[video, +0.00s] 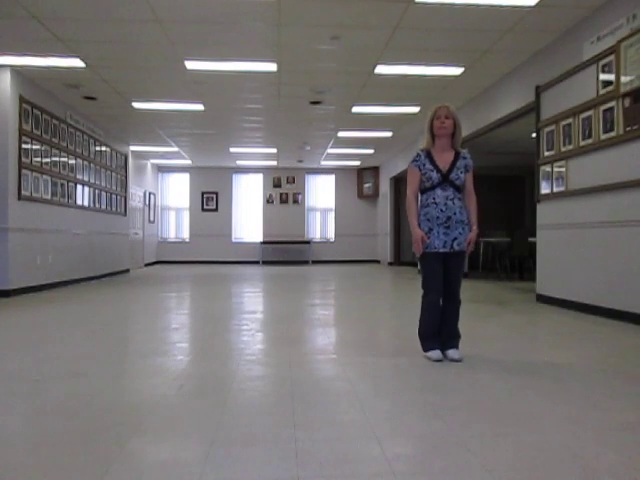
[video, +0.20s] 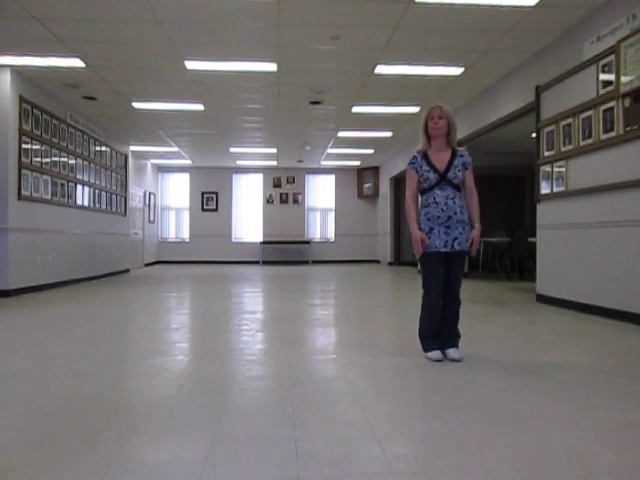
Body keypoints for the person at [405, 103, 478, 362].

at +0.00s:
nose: (443, 122)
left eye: (447, 118)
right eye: (438, 118)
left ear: (455, 125)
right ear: (431, 125)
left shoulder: (464, 158)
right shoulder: (420, 158)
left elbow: (469, 193)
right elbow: (411, 196)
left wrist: (474, 226)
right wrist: (414, 228)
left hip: (458, 229)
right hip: (430, 229)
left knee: (453, 290)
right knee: (432, 290)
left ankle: (450, 343)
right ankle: (431, 344)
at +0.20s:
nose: (436, 122)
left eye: (441, 118)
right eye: (432, 119)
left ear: (450, 124)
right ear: (426, 125)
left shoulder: (462, 156)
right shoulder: (418, 159)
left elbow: (471, 192)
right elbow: (410, 198)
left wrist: (476, 226)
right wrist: (414, 230)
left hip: (458, 229)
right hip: (430, 230)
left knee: (453, 290)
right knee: (433, 289)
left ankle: (451, 343)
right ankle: (431, 344)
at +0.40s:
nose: (436, 122)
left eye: (440, 118)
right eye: (432, 119)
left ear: (450, 123)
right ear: (426, 126)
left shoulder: (463, 156)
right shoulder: (419, 158)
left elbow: (472, 191)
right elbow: (410, 197)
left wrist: (479, 222)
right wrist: (414, 230)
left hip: (459, 229)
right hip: (430, 229)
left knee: (457, 288)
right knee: (429, 288)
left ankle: (451, 343)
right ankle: (431, 343)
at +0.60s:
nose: (440, 124)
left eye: (444, 120)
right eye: (435, 122)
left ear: (454, 125)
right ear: (431, 129)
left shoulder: (465, 160)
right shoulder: (424, 160)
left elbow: (474, 197)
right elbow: (413, 198)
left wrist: (482, 226)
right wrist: (412, 232)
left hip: (457, 231)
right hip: (428, 231)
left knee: (458, 288)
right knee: (426, 289)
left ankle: (451, 343)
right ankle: (430, 343)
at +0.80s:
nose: (443, 121)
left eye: (447, 117)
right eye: (438, 118)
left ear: (456, 123)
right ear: (433, 124)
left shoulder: (465, 157)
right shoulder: (424, 155)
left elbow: (473, 194)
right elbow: (412, 192)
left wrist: (481, 226)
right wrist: (416, 225)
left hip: (458, 228)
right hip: (430, 228)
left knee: (454, 290)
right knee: (432, 288)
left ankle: (451, 343)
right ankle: (431, 343)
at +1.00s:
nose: (441, 125)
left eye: (445, 121)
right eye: (436, 121)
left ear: (452, 127)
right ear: (429, 128)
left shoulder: (462, 160)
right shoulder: (419, 161)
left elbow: (470, 196)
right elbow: (410, 198)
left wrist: (477, 228)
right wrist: (417, 226)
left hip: (460, 232)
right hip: (432, 232)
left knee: (454, 292)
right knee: (435, 291)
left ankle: (451, 343)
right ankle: (432, 344)